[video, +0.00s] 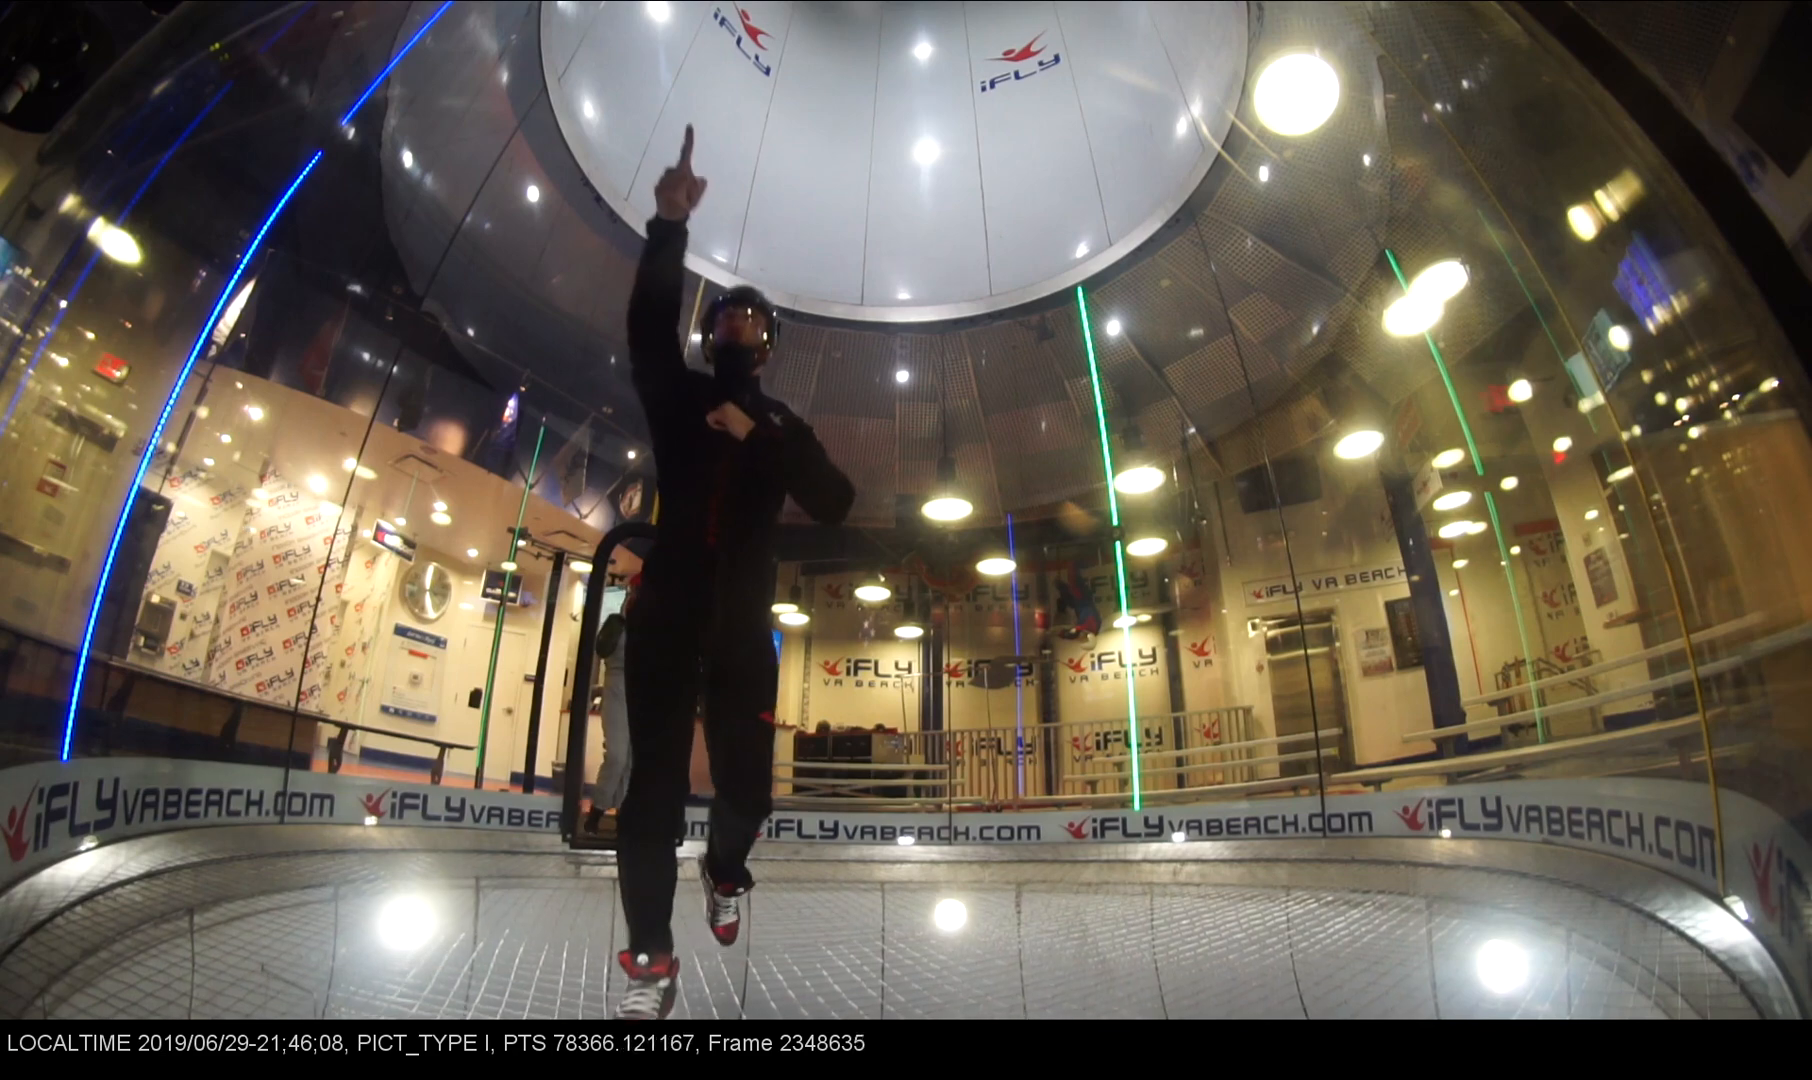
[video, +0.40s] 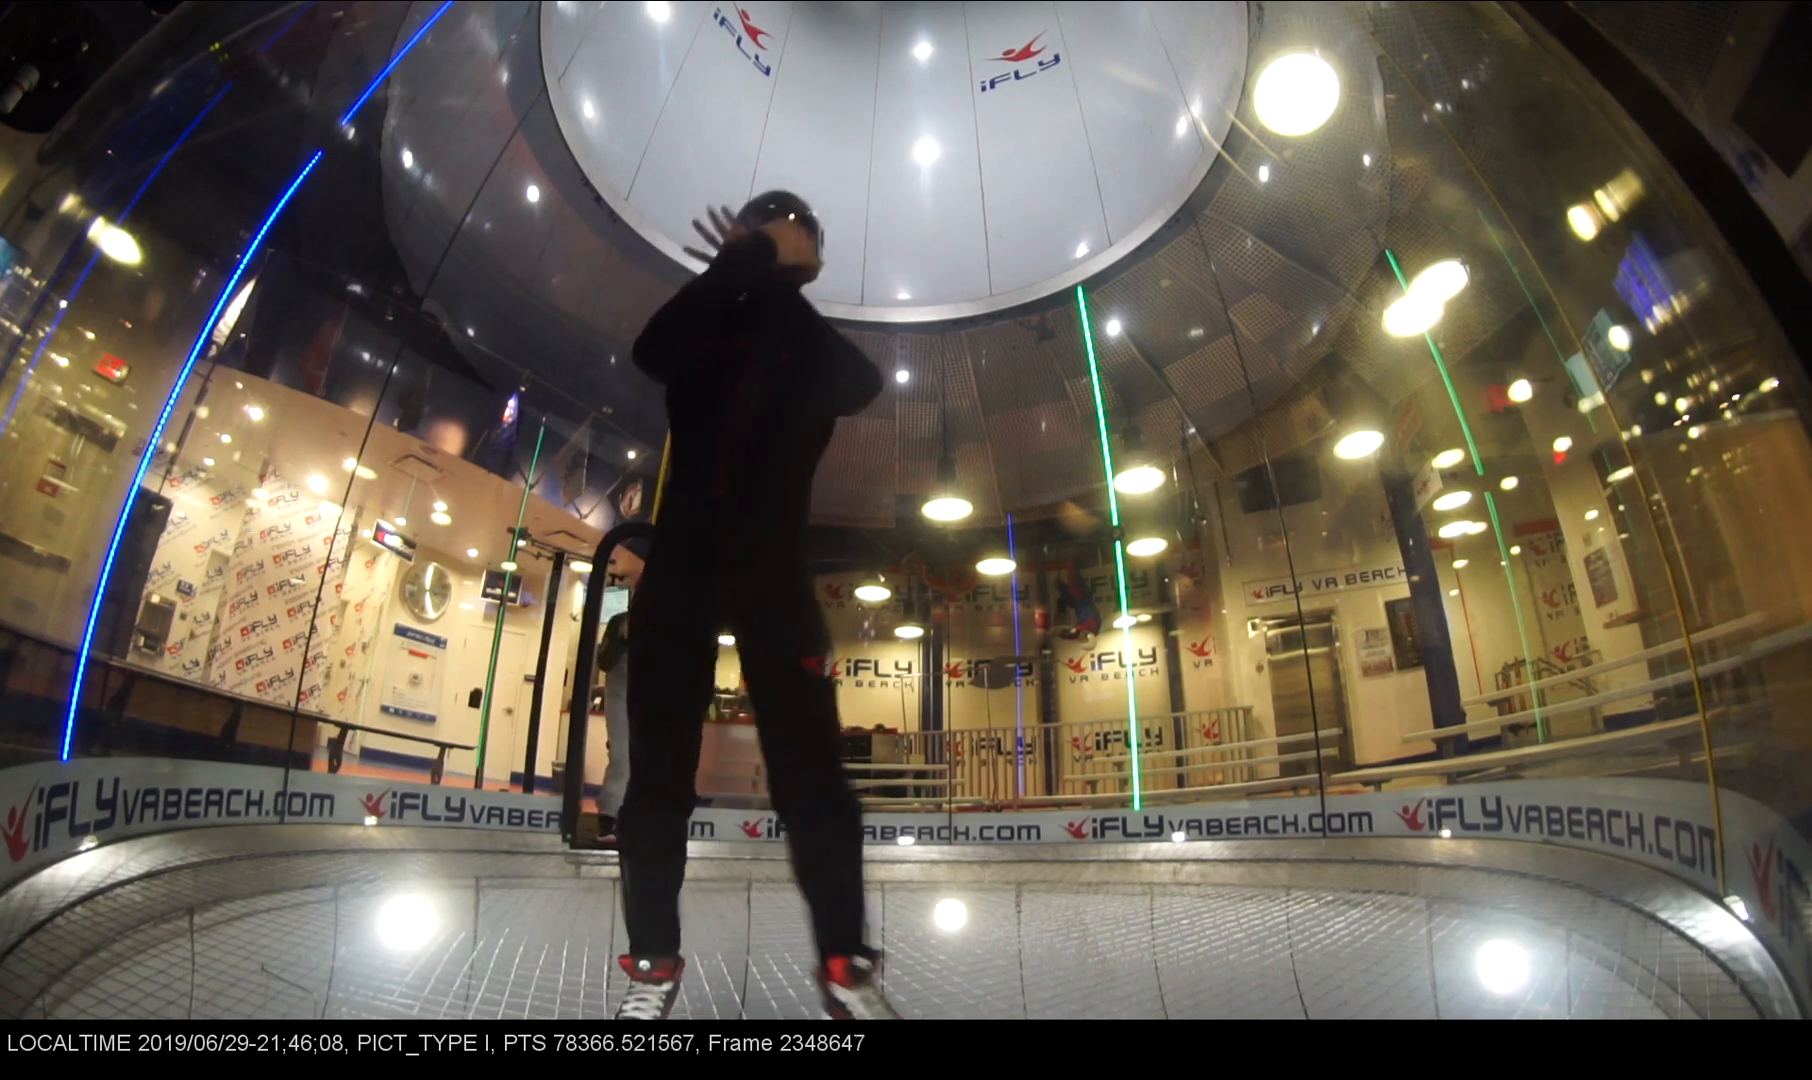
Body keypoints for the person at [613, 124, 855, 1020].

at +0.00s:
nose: (742, 325)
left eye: (755, 320)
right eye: (730, 316)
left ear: (770, 343)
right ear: (707, 333)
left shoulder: (785, 425)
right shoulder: (676, 395)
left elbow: (834, 504)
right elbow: (652, 322)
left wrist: (763, 434)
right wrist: (669, 225)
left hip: (742, 612)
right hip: (664, 606)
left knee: (747, 782)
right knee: (656, 779)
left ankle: (725, 872)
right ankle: (649, 943)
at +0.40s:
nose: (812, 247)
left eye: (813, 238)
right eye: (800, 232)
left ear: (805, 263)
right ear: (754, 237)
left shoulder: (814, 343)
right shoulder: (696, 321)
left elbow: (863, 381)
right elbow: (649, 353)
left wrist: (773, 284)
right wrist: (729, 270)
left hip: (771, 564)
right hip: (681, 561)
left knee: (808, 758)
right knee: (660, 762)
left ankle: (841, 954)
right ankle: (653, 956)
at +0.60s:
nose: (817, 193)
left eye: (831, 188)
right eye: (799, 188)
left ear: (849, 229)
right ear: (771, 219)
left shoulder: (870, 327)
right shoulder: (731, 303)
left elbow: (962, 398)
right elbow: (714, 254)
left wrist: (836, 317)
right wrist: (776, 127)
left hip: (826, 559)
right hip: (722, 551)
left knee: (899, 791)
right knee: (684, 767)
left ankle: (974, 1010)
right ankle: (658, 958)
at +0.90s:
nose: (888, 155)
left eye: (894, 141)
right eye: (865, 146)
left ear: (922, 164)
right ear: (835, 178)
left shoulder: (984, 279)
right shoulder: (817, 273)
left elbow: (1108, 357)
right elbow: (760, 333)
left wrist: (975, 305)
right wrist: (854, 200)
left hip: (957, 539)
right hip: (834, 536)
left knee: (1018, 813)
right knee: (779, 739)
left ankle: (1006, 1010)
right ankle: (733, 946)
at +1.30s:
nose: (938, 125)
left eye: (952, 110)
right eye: (919, 117)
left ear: (982, 143)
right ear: (898, 156)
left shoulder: (1053, 244)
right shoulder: (863, 259)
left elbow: (1142, 366)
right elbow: (797, 384)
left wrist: (997, 314)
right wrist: (909, 284)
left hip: (1021, 535)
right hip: (891, 537)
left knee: (1029, 802)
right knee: (858, 773)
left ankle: (1017, 1011)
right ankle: (888, 975)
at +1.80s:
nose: (845, 238)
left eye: (852, 220)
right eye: (842, 230)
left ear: (890, 201)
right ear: (872, 230)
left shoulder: (970, 219)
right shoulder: (875, 308)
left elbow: (1026, 316)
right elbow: (869, 460)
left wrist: (881, 390)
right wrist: (836, 401)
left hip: (974, 538)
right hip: (902, 551)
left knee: (968, 789)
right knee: (908, 785)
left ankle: (998, 1003)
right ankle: (957, 992)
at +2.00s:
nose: (839, 268)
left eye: (839, 252)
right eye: (836, 258)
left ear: (858, 226)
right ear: (902, 212)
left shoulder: (904, 247)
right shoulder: (914, 268)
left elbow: (885, 381)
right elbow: (907, 420)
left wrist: (821, 410)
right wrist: (839, 440)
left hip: (929, 548)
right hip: (936, 544)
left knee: (889, 803)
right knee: (909, 801)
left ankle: (985, 1006)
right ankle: (954, 996)